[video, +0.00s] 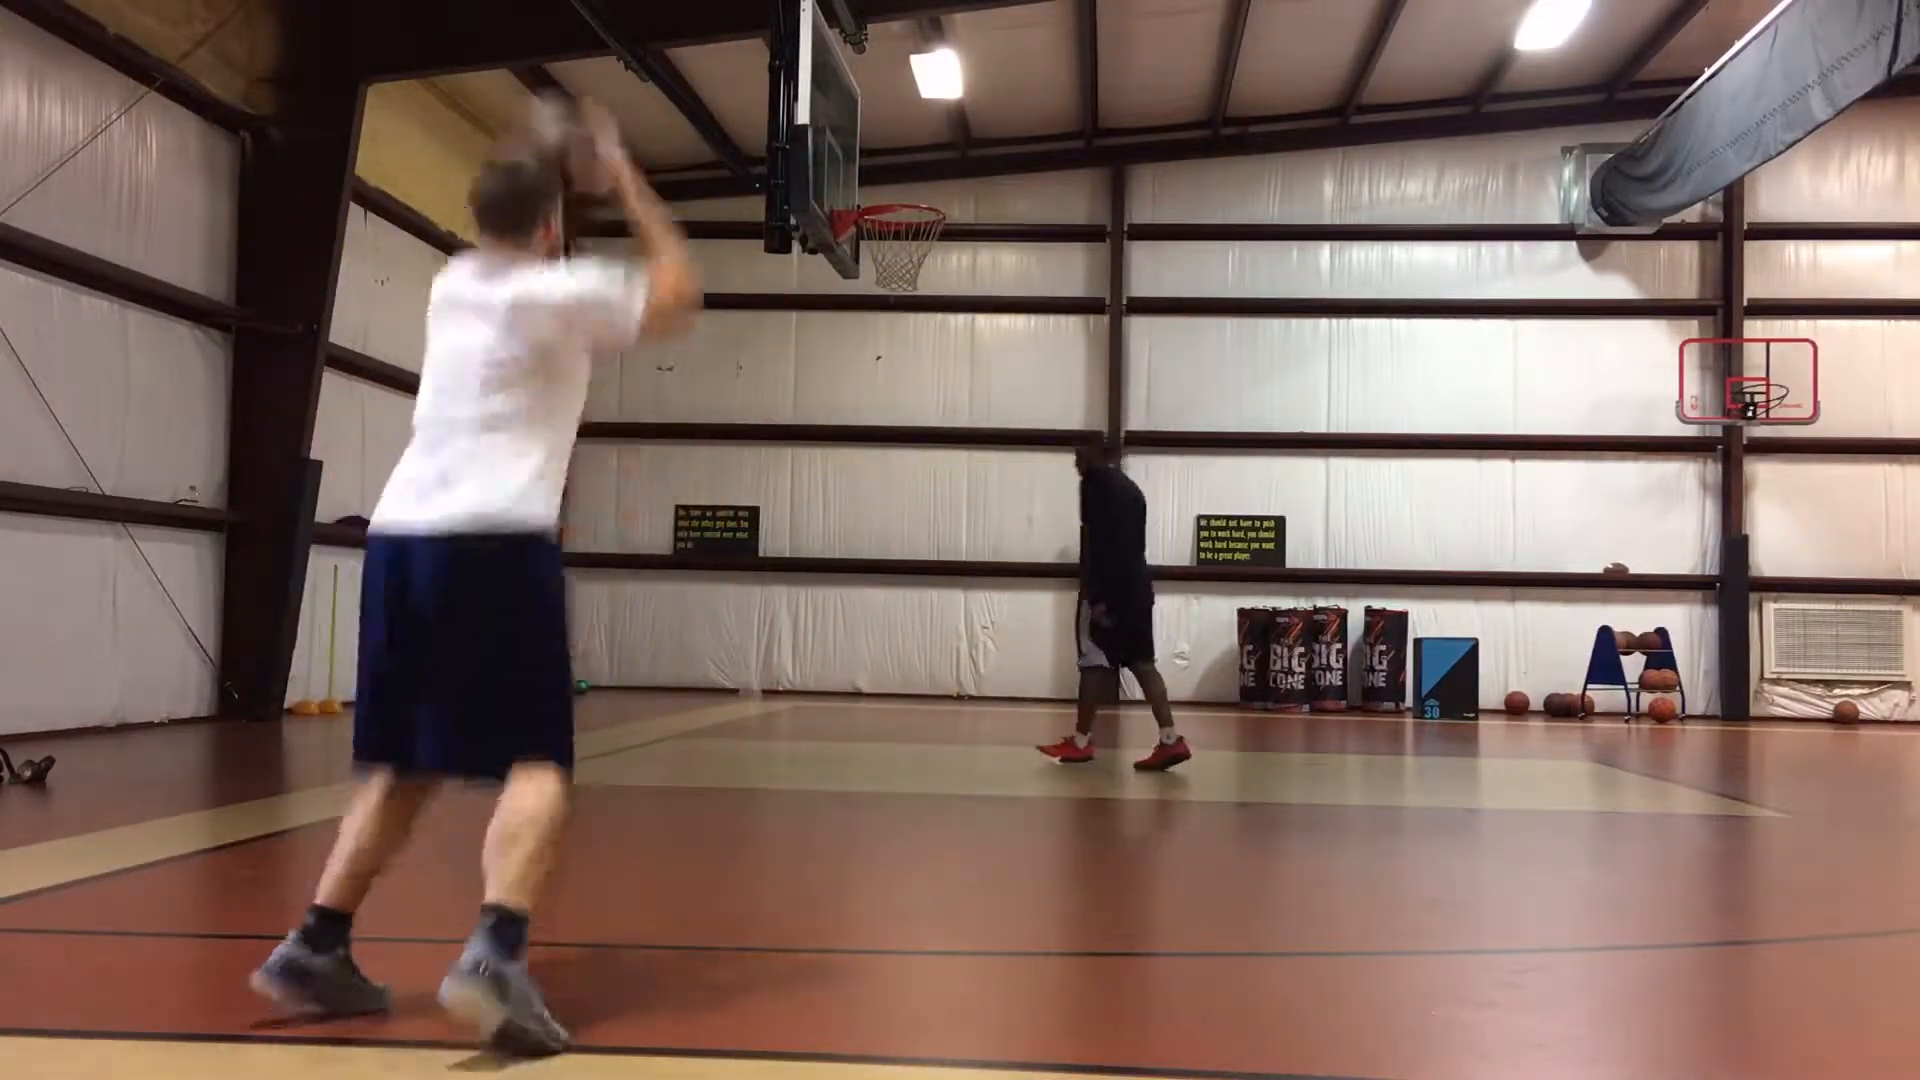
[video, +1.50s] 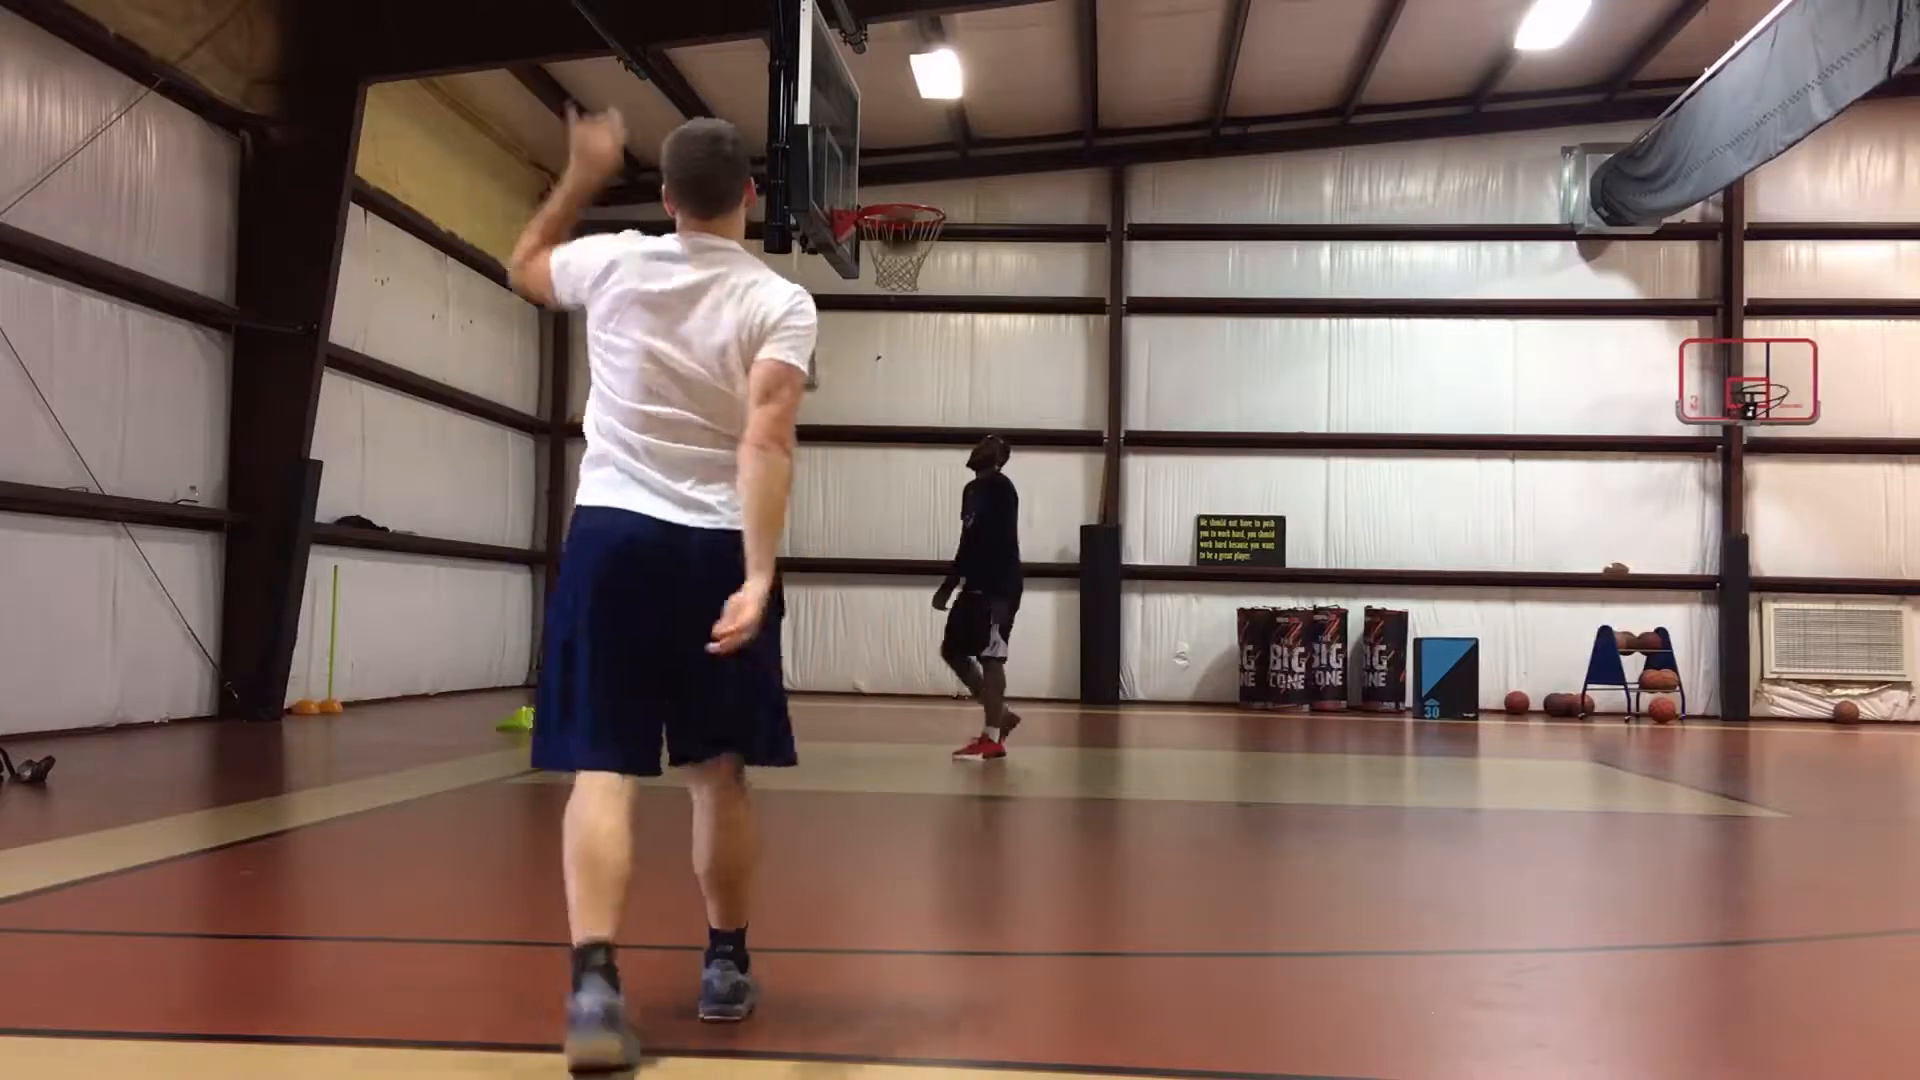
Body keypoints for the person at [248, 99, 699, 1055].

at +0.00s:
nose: (568, 228)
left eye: (561, 218)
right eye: (563, 213)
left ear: (480, 219)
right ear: (553, 223)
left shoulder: (450, 285)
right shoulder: (559, 294)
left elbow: (509, 236)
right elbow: (676, 286)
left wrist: (552, 168)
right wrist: (631, 188)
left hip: (399, 545)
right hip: (499, 545)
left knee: (399, 761)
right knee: (540, 760)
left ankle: (315, 947)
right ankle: (495, 957)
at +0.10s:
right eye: (556, 118)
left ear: (485, 137)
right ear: (556, 133)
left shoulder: (468, 196)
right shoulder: (572, 197)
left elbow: (515, 128)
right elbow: (657, 111)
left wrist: (544, 49)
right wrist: (648, 26)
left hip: (437, 448)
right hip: (534, 452)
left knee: (410, 670)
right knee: (542, 674)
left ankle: (352, 874)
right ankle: (537, 874)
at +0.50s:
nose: (598, 234)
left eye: (572, 225)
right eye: (593, 225)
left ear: (523, 237)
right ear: (590, 237)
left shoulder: (504, 296)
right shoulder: (609, 307)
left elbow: (531, 213)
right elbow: (682, 233)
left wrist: (551, 145)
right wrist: (651, 153)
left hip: (499, 563)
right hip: (585, 568)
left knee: (524, 757)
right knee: (616, 773)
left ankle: (477, 917)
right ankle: (560, 955)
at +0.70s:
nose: (634, 260)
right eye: (631, 251)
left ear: (554, 261)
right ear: (624, 267)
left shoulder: (527, 314)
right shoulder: (638, 349)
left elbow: (530, 231)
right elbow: (756, 375)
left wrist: (531, 160)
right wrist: (706, 299)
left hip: (518, 576)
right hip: (610, 580)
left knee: (538, 755)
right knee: (697, 743)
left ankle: (478, 916)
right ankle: (645, 895)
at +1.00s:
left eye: (645, 229)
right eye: (717, 228)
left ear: (646, 234)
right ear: (723, 237)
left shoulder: (611, 289)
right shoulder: (753, 338)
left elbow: (560, 186)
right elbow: (829, 439)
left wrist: (534, 98)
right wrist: (792, 406)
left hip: (591, 553)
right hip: (695, 563)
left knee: (555, 739)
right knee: (716, 762)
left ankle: (508, 911)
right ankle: (722, 949)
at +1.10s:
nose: (726, 222)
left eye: (677, 212)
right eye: (738, 210)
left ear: (665, 219)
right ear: (748, 219)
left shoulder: (626, 271)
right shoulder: (775, 324)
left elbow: (566, 168)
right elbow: (838, 448)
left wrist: (541, 79)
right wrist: (885, 510)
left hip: (603, 538)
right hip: (709, 552)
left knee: (569, 734)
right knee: (720, 759)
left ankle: (524, 922)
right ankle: (724, 953)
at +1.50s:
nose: (755, 196)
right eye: (757, 187)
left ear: (668, 193)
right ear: (751, 199)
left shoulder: (612, 262)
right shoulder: (779, 301)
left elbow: (528, 261)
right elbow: (766, 434)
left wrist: (578, 179)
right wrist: (760, 574)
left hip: (611, 543)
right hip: (719, 553)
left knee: (602, 768)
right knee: (720, 772)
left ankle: (593, 985)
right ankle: (727, 966)